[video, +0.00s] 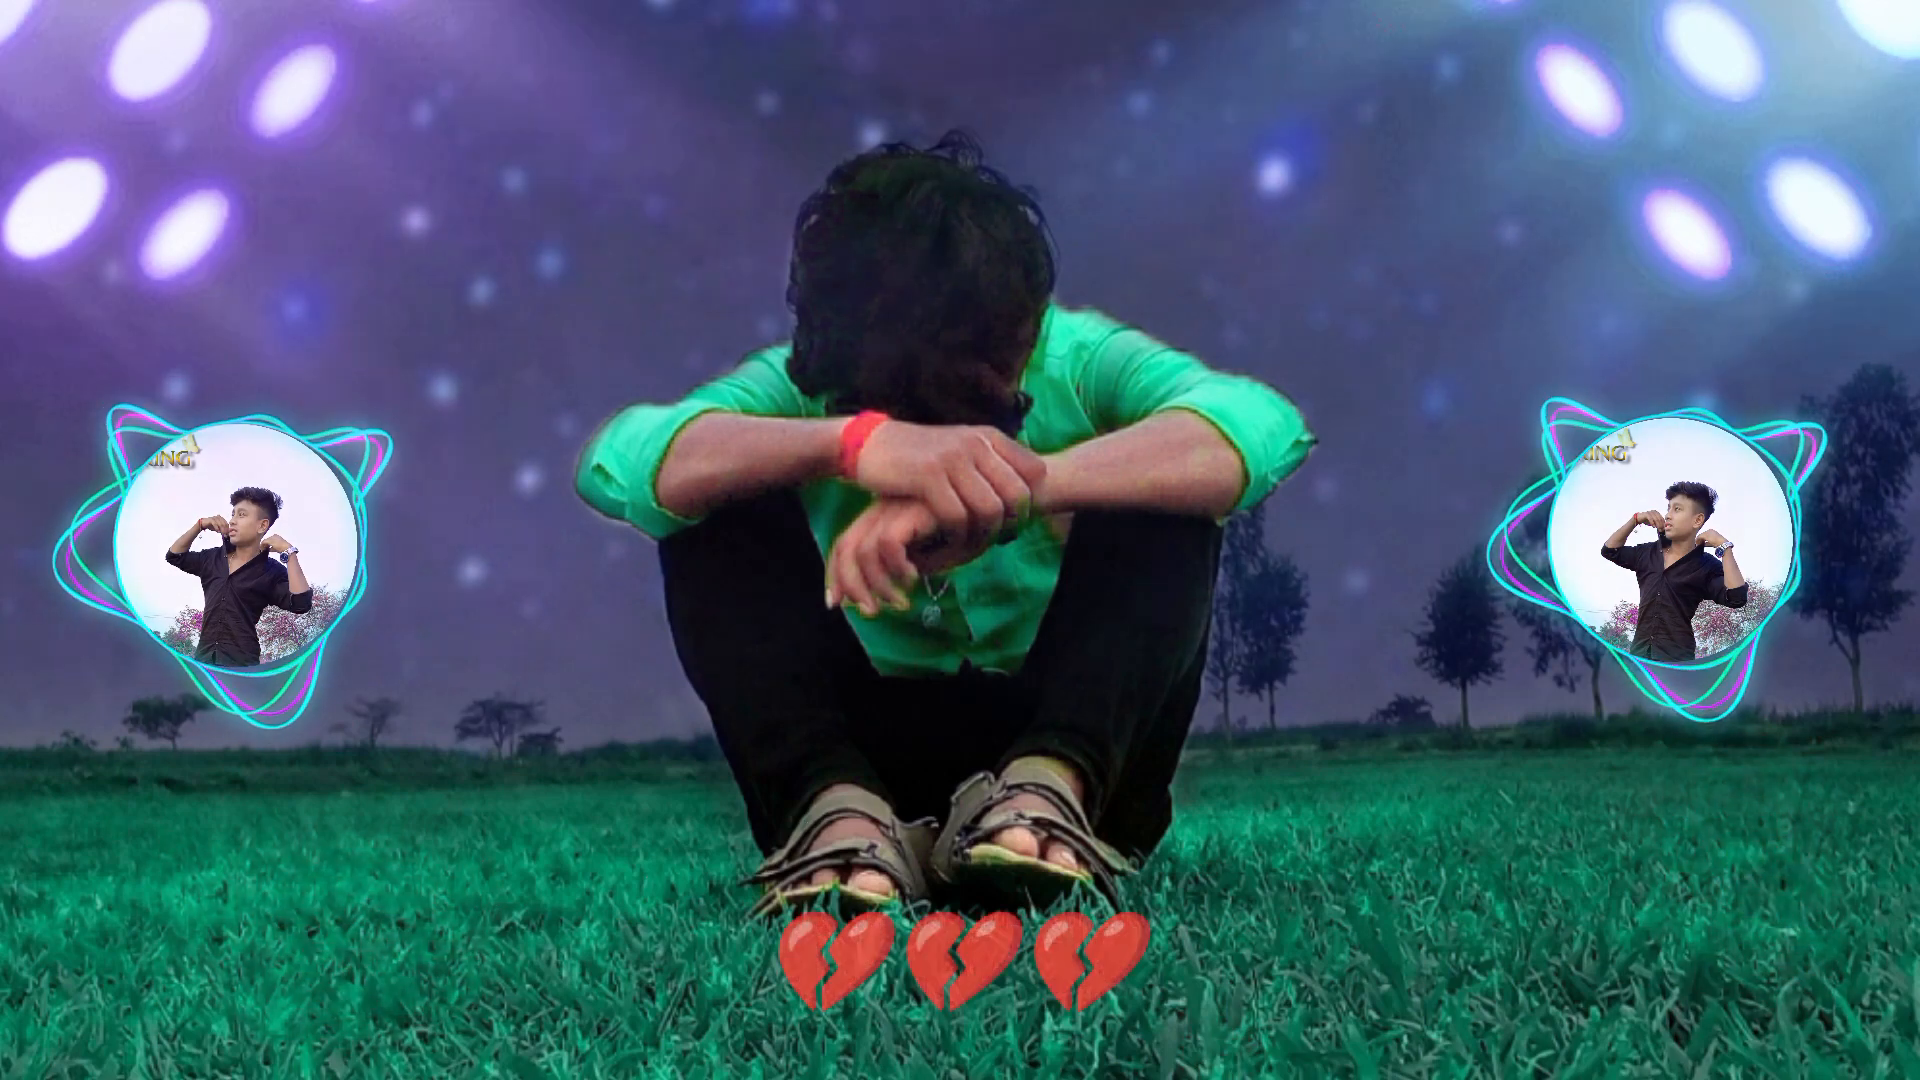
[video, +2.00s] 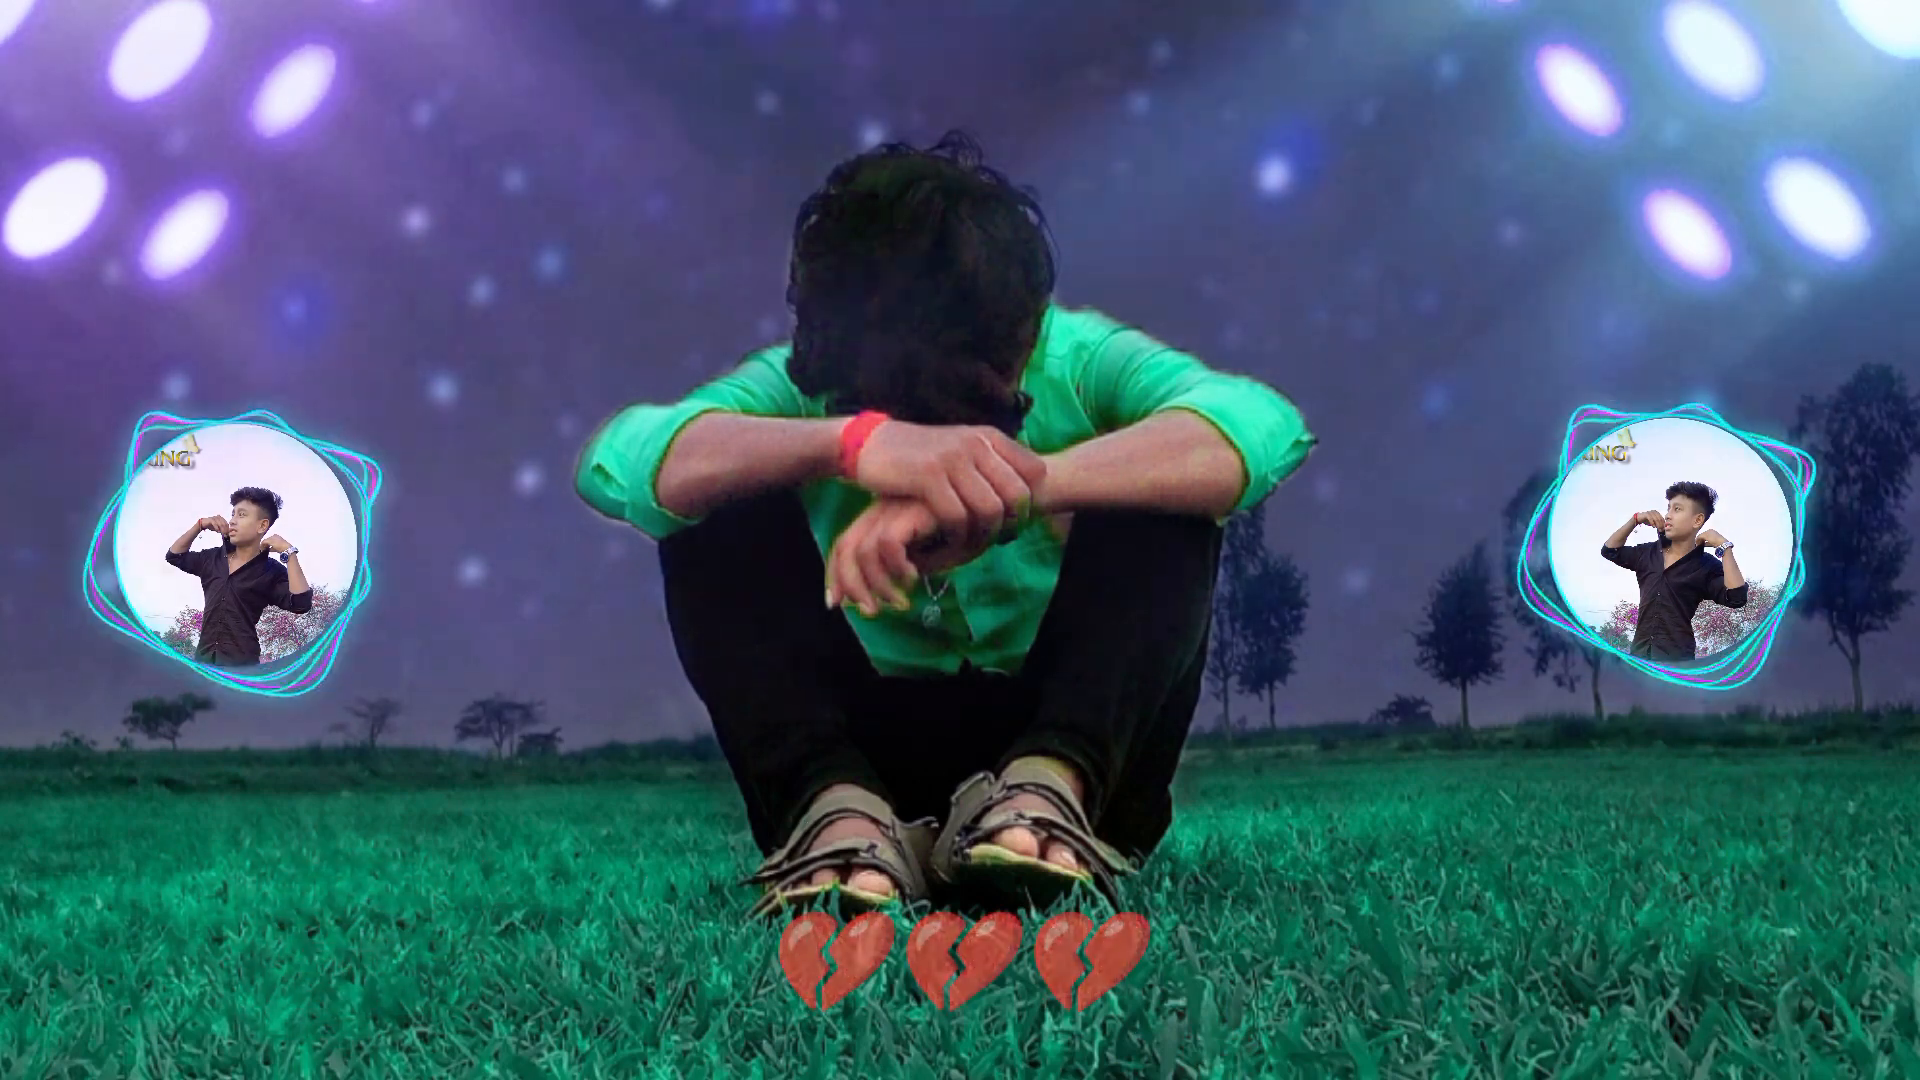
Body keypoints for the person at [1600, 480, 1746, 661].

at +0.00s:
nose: (1667, 515)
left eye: (1677, 509)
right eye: (1668, 509)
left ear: (1698, 520)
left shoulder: (1705, 564)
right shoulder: (1647, 553)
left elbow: (1737, 599)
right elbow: (1609, 551)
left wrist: (1725, 547)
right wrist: (1635, 520)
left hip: (1677, 660)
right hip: (1639, 655)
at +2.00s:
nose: (1667, 515)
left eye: (1677, 509)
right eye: (1668, 509)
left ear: (1698, 520)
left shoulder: (1705, 565)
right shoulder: (1647, 553)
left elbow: (1737, 599)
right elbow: (1609, 551)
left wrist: (1725, 547)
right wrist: (1634, 520)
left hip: (1677, 659)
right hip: (1639, 654)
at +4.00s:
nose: (1667, 515)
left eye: (1677, 509)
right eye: (1668, 508)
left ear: (1698, 520)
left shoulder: (1705, 565)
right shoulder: (1647, 553)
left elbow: (1737, 599)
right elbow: (1609, 551)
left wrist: (1725, 547)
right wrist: (1634, 521)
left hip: (1677, 659)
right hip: (1639, 654)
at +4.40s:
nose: (1667, 515)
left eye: (1677, 509)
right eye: (1668, 508)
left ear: (1698, 520)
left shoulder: (1705, 564)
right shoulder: (1647, 553)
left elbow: (1737, 599)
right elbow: (1609, 551)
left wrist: (1725, 547)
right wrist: (1634, 520)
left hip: (1677, 657)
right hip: (1639, 653)